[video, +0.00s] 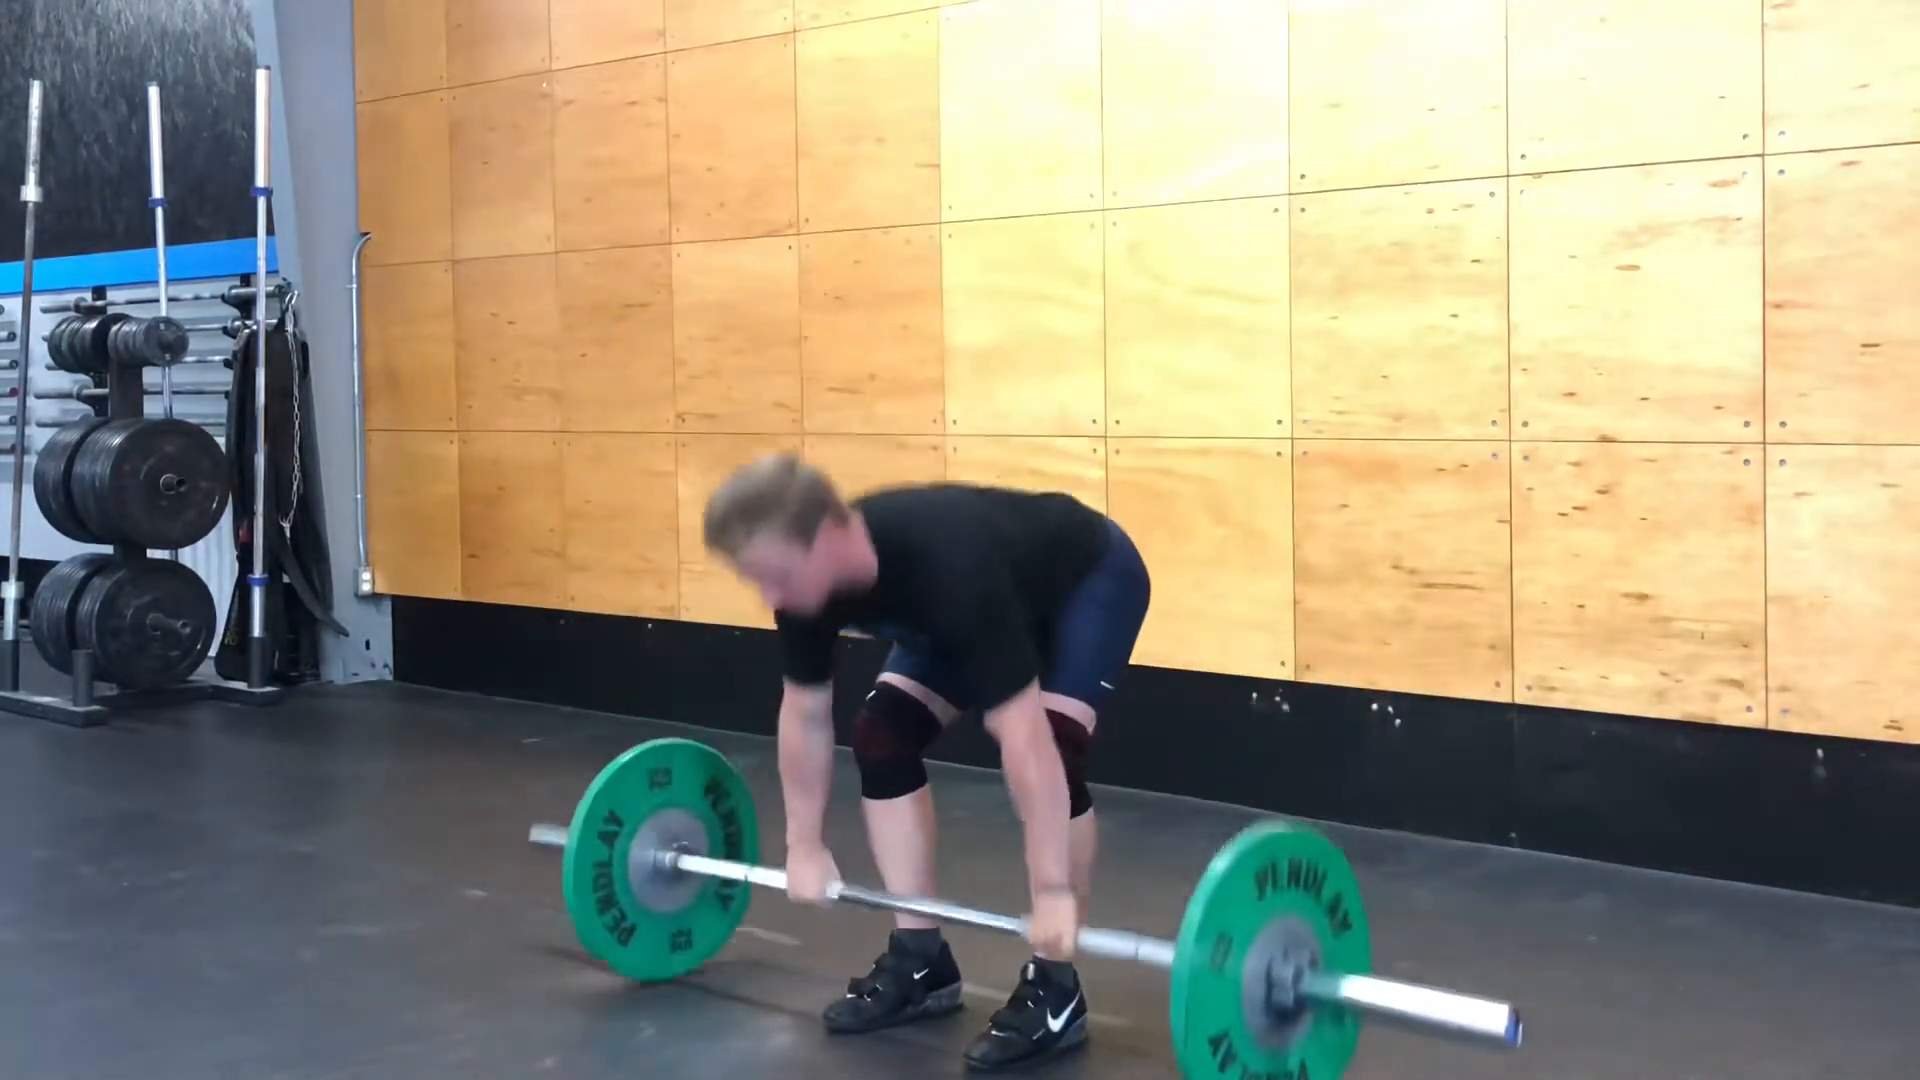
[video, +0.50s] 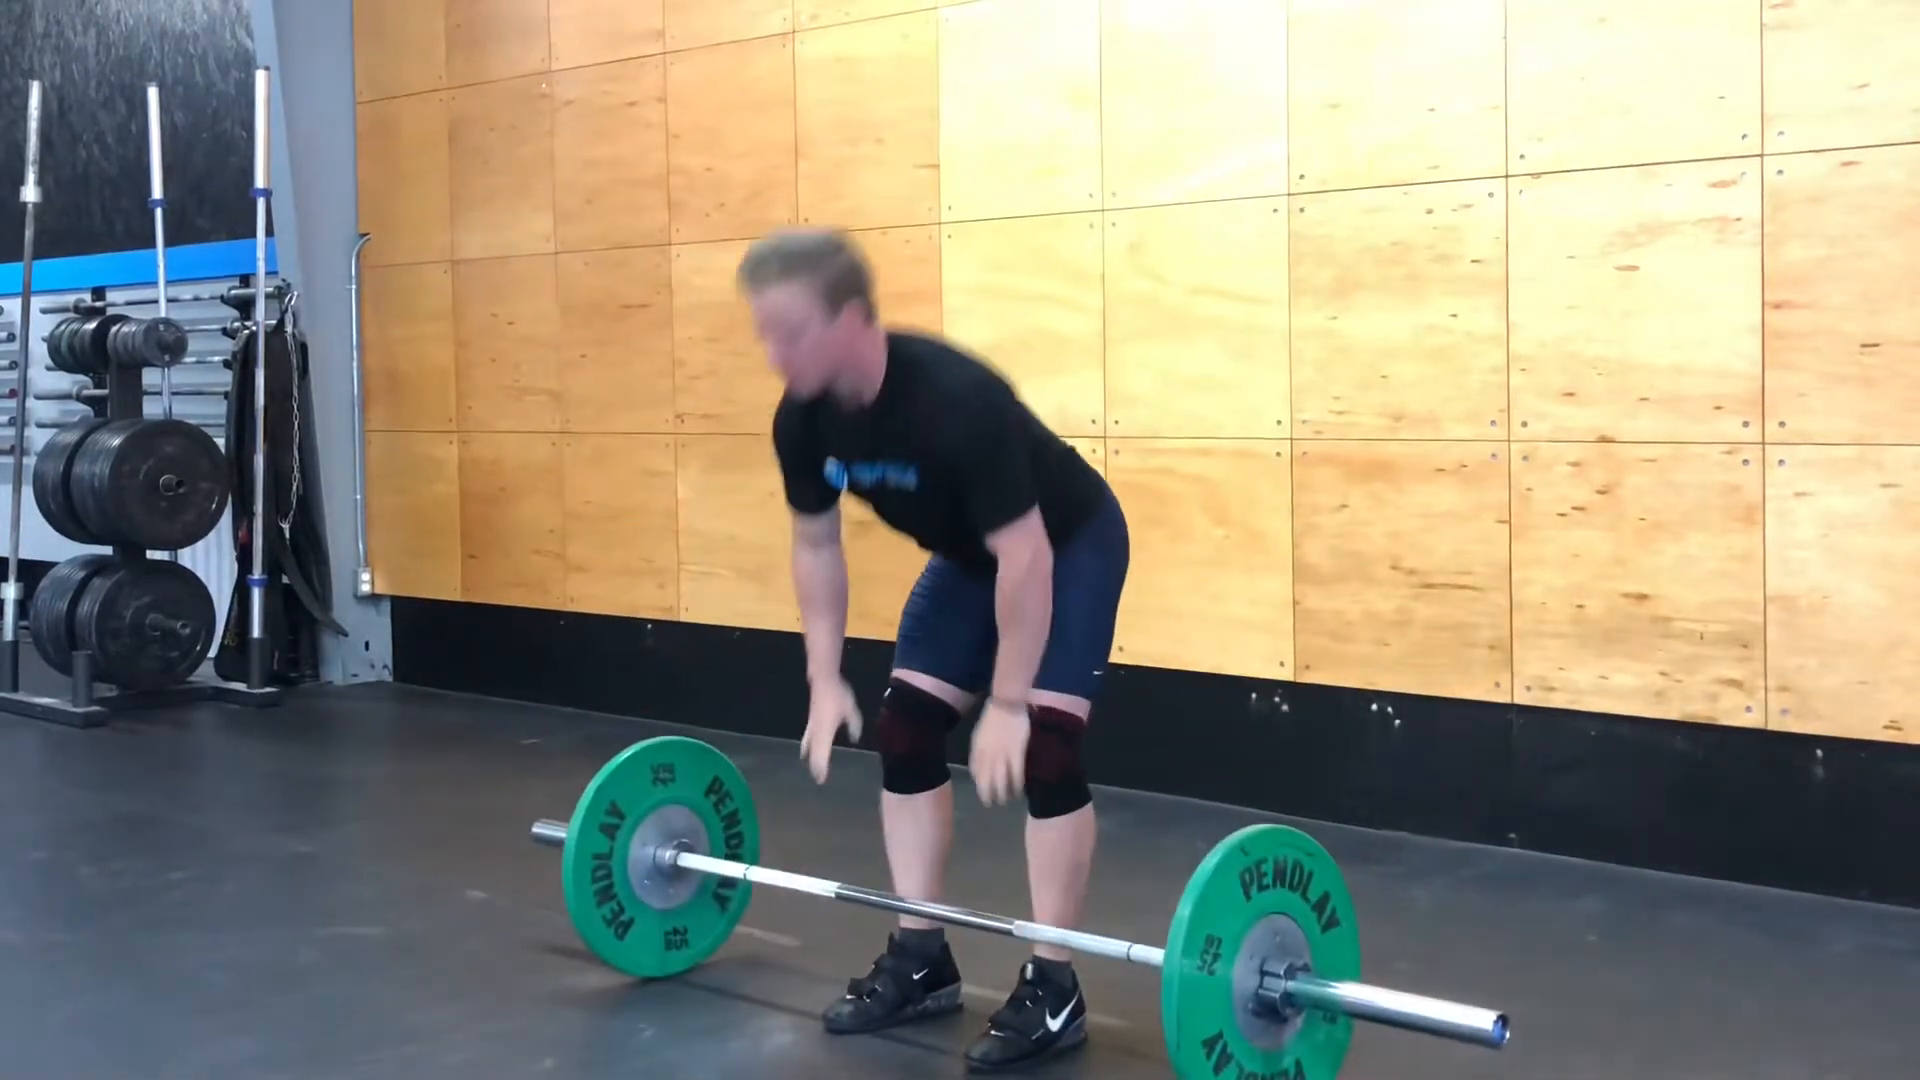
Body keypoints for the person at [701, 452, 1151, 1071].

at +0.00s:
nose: (770, 598)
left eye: (776, 574)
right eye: (758, 581)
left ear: (826, 536)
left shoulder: (953, 563)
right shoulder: (802, 574)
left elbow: (1025, 734)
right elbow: (804, 713)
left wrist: (1051, 890)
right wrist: (804, 846)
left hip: (1091, 578)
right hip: (986, 590)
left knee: (1051, 755)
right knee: (884, 735)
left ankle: (1053, 988)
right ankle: (920, 957)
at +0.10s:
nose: (759, 634)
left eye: (768, 615)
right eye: (749, 620)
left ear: (822, 576)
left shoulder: (949, 590)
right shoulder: (798, 593)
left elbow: (1047, 733)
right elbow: (795, 713)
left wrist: (1068, 888)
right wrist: (805, 837)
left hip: (1091, 578)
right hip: (988, 578)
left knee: (1042, 755)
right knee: (877, 733)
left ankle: (1052, 989)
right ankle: (921, 959)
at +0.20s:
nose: (755, 603)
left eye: (762, 582)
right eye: (744, 586)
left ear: (816, 544)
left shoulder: (940, 563)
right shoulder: (793, 574)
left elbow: (1022, 728)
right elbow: (802, 709)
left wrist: (1044, 890)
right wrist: (807, 835)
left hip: (1084, 568)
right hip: (976, 581)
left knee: (1044, 753)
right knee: (882, 732)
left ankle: (1049, 988)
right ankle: (919, 955)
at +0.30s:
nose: (750, 540)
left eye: (757, 519)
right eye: (741, 524)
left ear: (817, 484)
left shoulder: (939, 520)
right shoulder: (789, 534)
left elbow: (1021, 681)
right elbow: (798, 660)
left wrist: (1027, 833)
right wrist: (804, 799)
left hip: (1078, 561)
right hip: (968, 573)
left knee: (1047, 750)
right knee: (890, 732)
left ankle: (1052, 988)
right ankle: (920, 960)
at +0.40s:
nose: (760, 448)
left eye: (768, 424)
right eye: (748, 429)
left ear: (827, 395)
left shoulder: (943, 456)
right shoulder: (791, 483)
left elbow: (1022, 611)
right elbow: (807, 603)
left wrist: (1020, 766)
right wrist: (811, 737)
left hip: (1074, 550)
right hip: (966, 565)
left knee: (1048, 751)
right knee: (900, 730)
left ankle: (1050, 984)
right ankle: (919, 955)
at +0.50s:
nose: (775, 355)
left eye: (788, 332)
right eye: (765, 336)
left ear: (852, 317)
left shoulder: (956, 399)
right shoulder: (802, 422)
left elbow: (1025, 557)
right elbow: (816, 545)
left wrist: (1009, 703)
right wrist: (825, 678)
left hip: (1070, 543)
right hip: (969, 555)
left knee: (1044, 749)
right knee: (907, 730)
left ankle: (1052, 982)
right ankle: (920, 953)